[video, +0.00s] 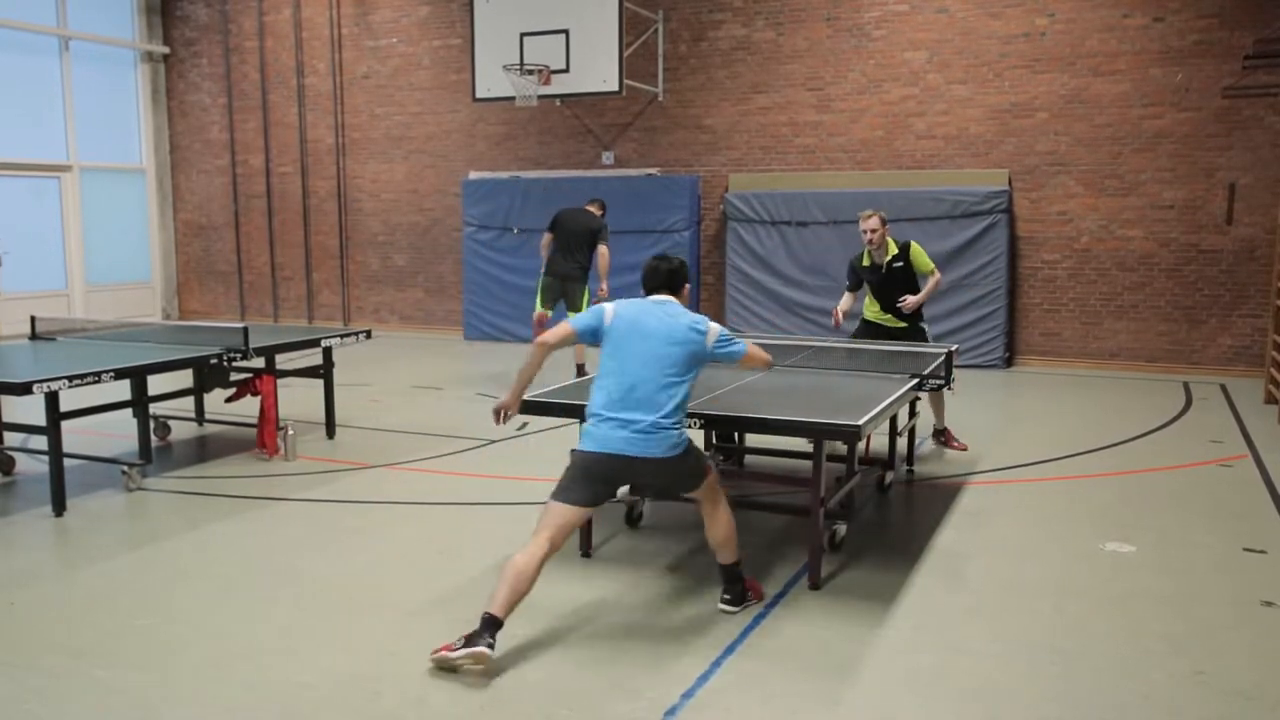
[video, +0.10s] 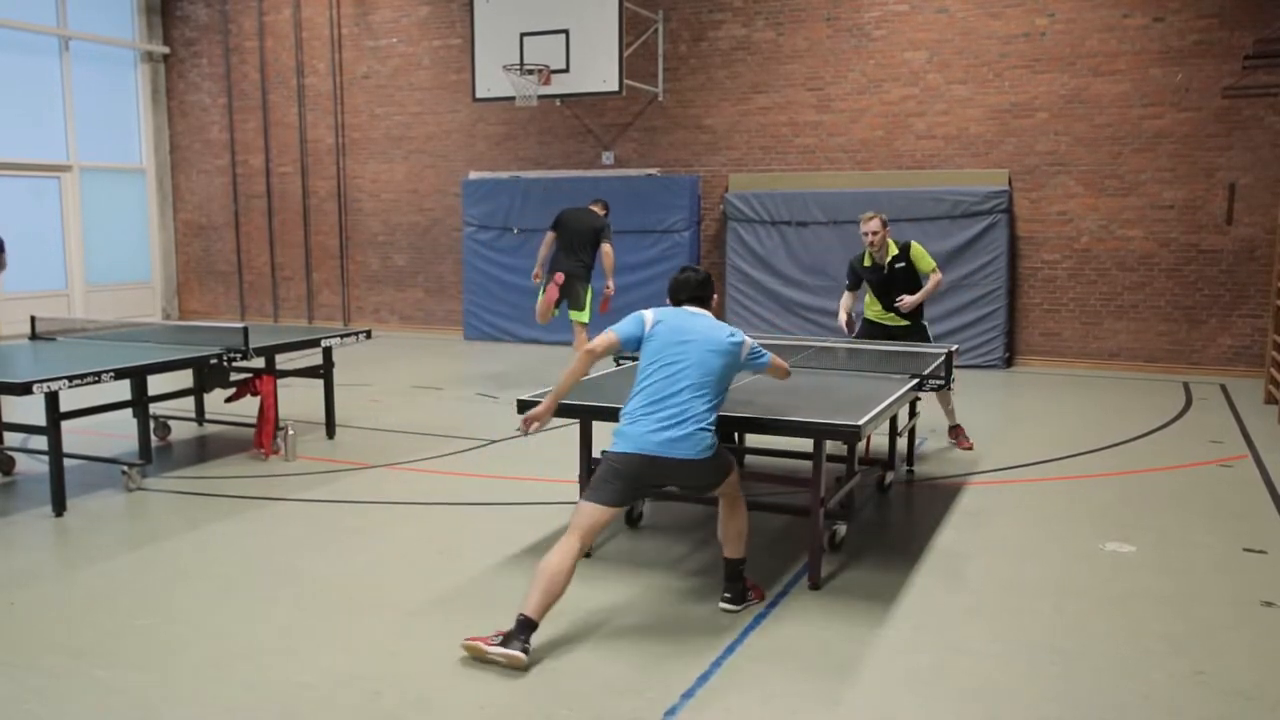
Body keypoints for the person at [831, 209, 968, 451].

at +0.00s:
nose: (868, 237)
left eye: (873, 231)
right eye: (864, 232)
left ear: (886, 231)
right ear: (860, 234)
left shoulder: (908, 250)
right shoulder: (858, 262)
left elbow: (935, 276)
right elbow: (851, 292)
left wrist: (919, 298)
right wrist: (841, 308)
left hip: (909, 325)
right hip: (873, 324)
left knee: (931, 375)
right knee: (848, 366)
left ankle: (940, 429)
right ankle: (858, 428)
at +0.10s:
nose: (869, 239)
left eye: (874, 233)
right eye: (865, 234)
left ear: (886, 232)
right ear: (861, 236)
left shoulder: (909, 250)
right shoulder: (858, 262)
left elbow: (936, 277)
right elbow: (850, 291)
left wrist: (917, 298)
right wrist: (843, 310)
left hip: (910, 324)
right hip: (874, 323)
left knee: (935, 374)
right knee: (855, 371)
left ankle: (954, 427)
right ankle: (859, 431)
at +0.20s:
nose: (870, 256)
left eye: (875, 250)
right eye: (866, 251)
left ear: (887, 249)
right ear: (862, 253)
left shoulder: (906, 265)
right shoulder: (859, 276)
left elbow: (936, 288)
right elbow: (843, 307)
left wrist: (911, 307)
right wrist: (846, 327)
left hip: (912, 337)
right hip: (875, 335)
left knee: (940, 379)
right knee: (853, 377)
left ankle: (961, 429)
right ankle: (861, 432)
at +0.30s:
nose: (868, 271)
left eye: (872, 265)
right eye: (863, 266)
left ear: (884, 263)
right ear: (859, 267)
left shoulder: (902, 276)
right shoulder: (858, 290)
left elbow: (928, 300)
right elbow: (841, 320)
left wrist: (899, 314)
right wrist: (843, 343)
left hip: (914, 341)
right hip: (878, 343)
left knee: (942, 383)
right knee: (863, 386)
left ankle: (961, 430)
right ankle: (862, 440)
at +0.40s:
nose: (852, 271)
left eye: (856, 265)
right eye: (848, 267)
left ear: (870, 263)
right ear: (846, 268)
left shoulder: (889, 277)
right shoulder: (850, 291)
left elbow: (896, 307)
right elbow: (844, 321)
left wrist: (858, 317)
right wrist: (822, 342)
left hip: (912, 341)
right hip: (878, 344)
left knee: (941, 385)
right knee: (859, 384)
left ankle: (961, 430)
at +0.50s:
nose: (830, 270)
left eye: (833, 265)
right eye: (826, 267)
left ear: (847, 263)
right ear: (826, 269)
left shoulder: (860, 277)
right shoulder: (837, 288)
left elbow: (849, 303)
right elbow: (829, 321)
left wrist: (818, 313)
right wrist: (803, 341)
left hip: (902, 336)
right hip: (872, 336)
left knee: (930, 387)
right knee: (850, 380)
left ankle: (962, 429)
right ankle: (850, 431)